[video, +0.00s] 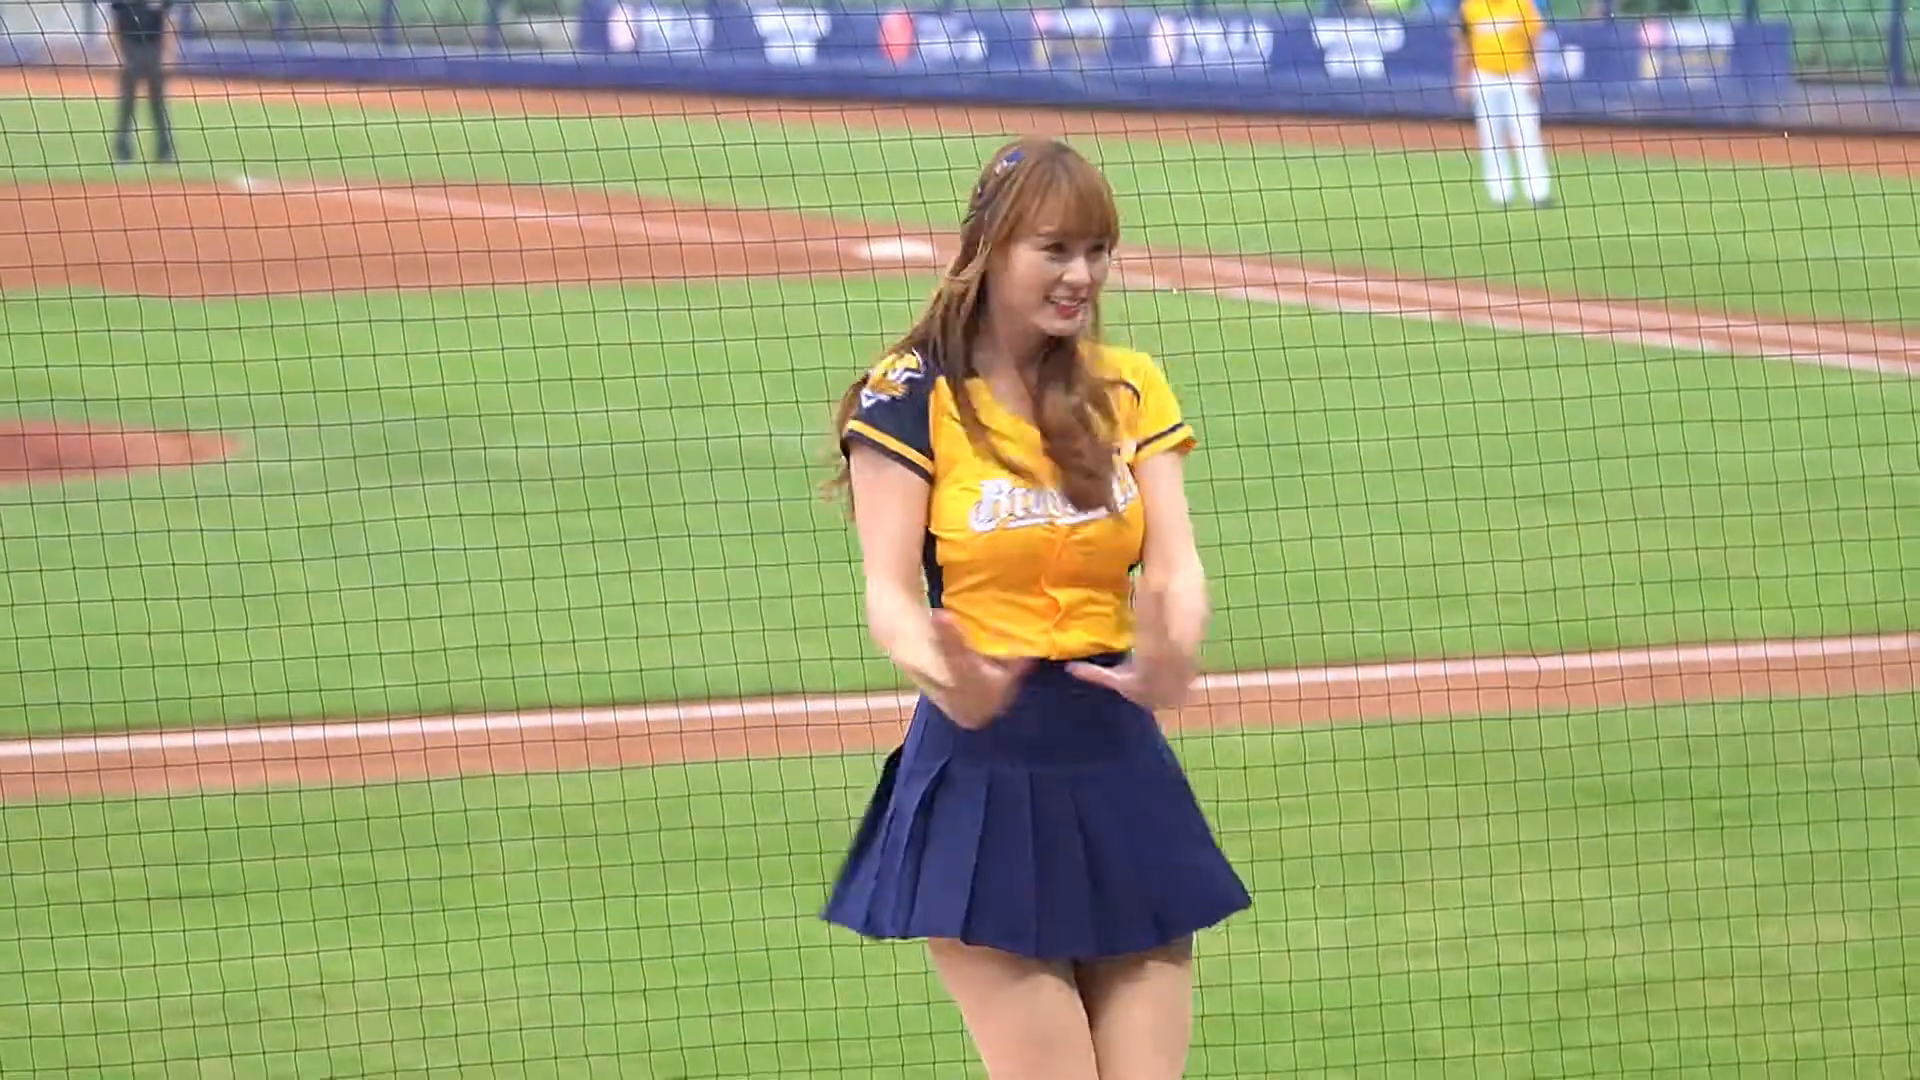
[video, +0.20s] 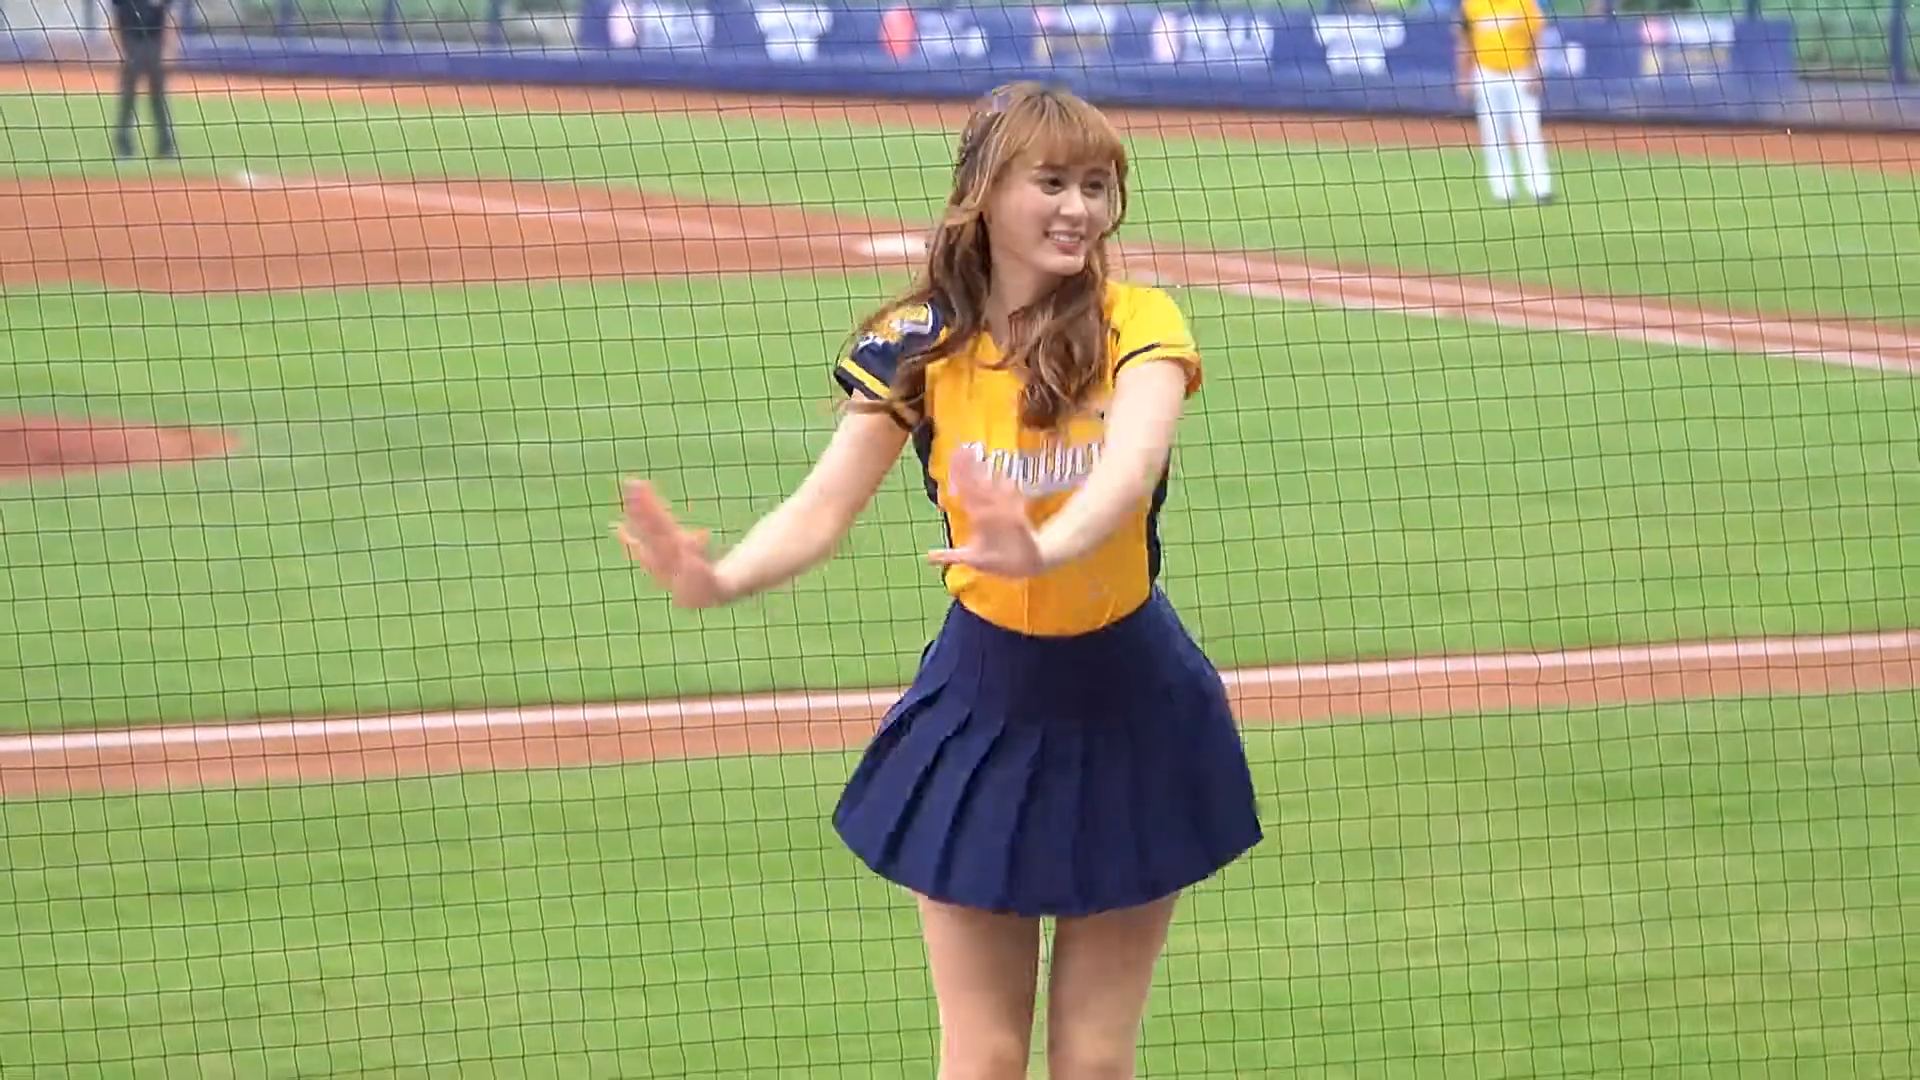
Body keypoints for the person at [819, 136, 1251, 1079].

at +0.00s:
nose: (1079, 275)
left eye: (1095, 252)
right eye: (1053, 250)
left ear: (1112, 258)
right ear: (986, 251)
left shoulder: (1128, 385)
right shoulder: (907, 394)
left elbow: (1172, 561)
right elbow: (892, 590)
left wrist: (1168, 657)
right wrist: (948, 674)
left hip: (1121, 739)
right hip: (981, 745)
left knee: (1146, 1063)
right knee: (1051, 1062)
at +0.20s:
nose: (1076, 207)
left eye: (1096, 187)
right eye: (1048, 181)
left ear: (1115, 206)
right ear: (981, 197)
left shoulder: (1140, 320)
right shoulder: (919, 340)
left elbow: (1130, 467)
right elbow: (821, 506)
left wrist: (1042, 547)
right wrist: (721, 579)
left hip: (1128, 705)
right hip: (982, 703)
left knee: (1095, 1059)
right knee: (982, 1057)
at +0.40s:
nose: (1099, 231)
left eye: (1115, 209)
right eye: (1069, 207)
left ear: (1131, 225)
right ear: (1007, 224)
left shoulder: (1154, 348)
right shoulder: (943, 365)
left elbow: (1094, 507)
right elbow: (838, 529)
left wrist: (1014, 654)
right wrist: (716, 669)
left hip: (1151, 708)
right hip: (1001, 699)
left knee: (1107, 1063)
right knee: (994, 1057)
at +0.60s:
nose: (1157, 249)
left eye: (1172, 225)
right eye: (1128, 228)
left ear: (1190, 238)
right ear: (1064, 247)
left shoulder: (1214, 342)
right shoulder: (1003, 393)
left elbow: (1197, 446)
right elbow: (895, 549)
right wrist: (773, 701)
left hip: (1180, 728)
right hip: (1042, 734)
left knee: (1235, 1051)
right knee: (1039, 1062)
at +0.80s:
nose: (1253, 174)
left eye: (1266, 145)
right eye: (1222, 157)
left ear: (1285, 149)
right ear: (1166, 174)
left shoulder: (1300, 275)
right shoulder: (1124, 280)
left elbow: (1388, 150)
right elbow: (950, 229)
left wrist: (1463, 26)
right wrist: (797, 158)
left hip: (1255, 665)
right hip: (1129, 656)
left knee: (1351, 1052)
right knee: (1051, 1042)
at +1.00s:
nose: (1348, 184)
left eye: (1363, 159)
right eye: (1318, 164)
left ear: (1386, 173)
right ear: (1266, 188)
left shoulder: (1417, 327)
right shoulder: (1232, 301)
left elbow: (1582, 259)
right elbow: (1083, 227)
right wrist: (1115, 46)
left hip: (1318, 694)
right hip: (1198, 674)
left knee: (1373, 1057)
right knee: (1115, 1053)